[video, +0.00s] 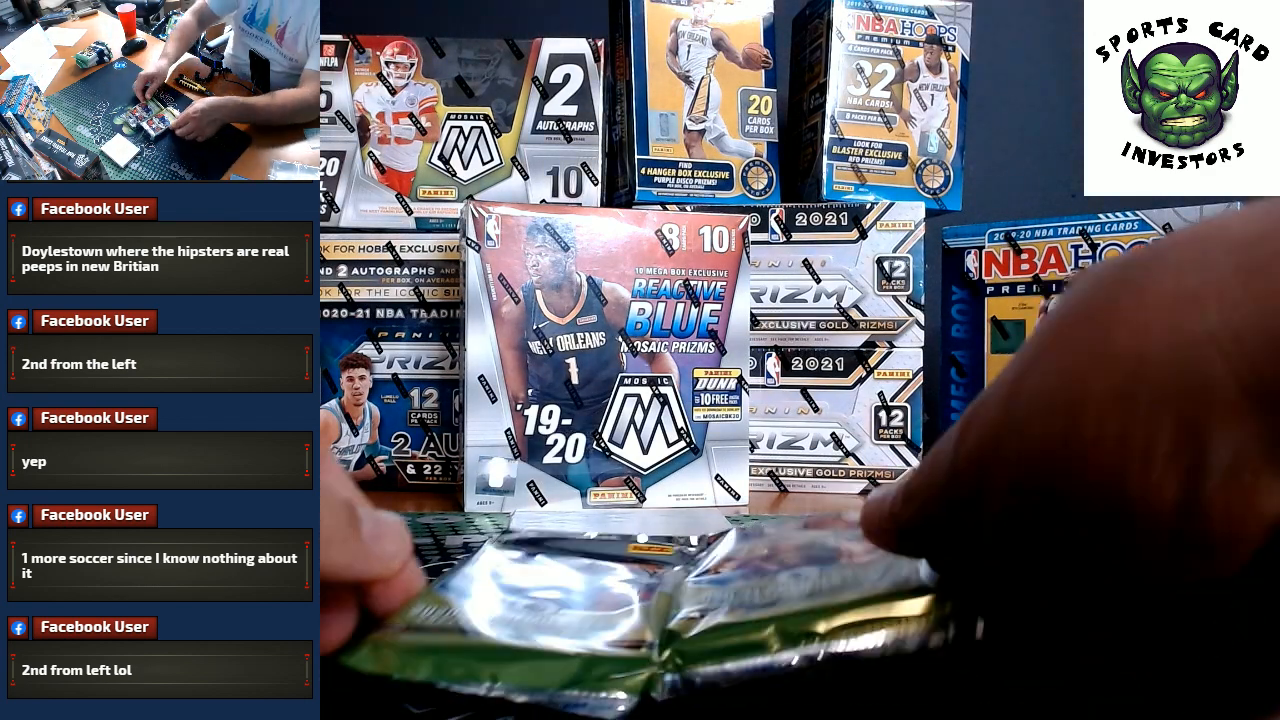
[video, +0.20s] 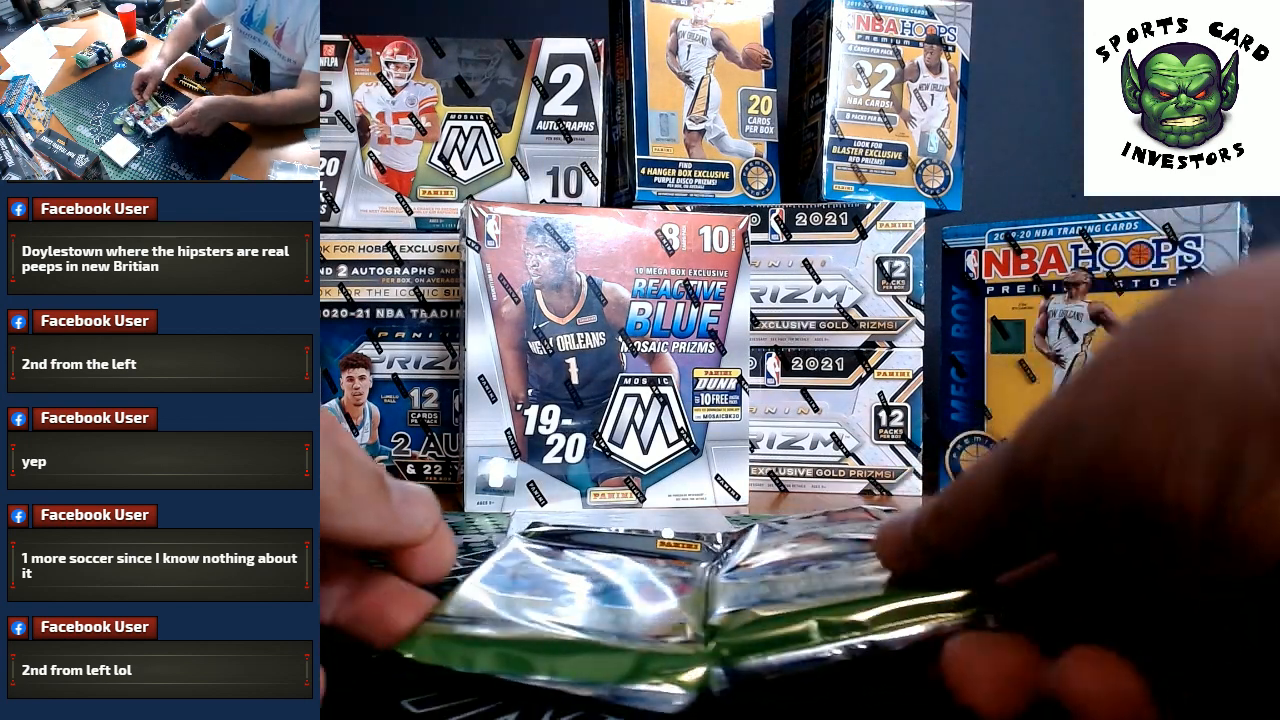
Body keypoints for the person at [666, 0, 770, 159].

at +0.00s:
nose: (697, 10)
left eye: (702, 7)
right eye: (695, 6)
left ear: (711, 12)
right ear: (691, 9)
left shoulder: (715, 34)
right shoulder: (678, 24)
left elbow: (739, 59)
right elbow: (670, 53)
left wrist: (764, 62)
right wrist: (678, 72)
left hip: (705, 87)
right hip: (692, 88)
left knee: (692, 141)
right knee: (725, 145)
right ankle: (767, 158)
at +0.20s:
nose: (697, 10)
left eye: (702, 7)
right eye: (695, 6)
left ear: (711, 12)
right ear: (691, 9)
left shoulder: (715, 34)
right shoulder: (678, 24)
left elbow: (739, 59)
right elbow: (670, 53)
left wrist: (764, 62)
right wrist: (678, 72)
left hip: (705, 87)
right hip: (692, 88)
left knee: (692, 141)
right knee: (725, 145)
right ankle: (767, 158)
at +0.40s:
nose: (697, 9)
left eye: (702, 6)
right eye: (695, 5)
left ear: (711, 11)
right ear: (691, 8)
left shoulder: (715, 34)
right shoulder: (678, 24)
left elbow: (739, 59)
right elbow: (670, 54)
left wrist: (764, 63)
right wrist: (678, 72)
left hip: (705, 87)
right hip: (692, 88)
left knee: (692, 141)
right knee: (725, 145)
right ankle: (765, 157)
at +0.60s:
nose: (697, 9)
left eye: (702, 6)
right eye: (695, 5)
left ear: (711, 11)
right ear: (691, 8)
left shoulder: (715, 34)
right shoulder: (678, 24)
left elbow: (739, 59)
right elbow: (670, 54)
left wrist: (764, 62)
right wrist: (678, 72)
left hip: (705, 87)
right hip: (692, 88)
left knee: (692, 141)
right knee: (725, 145)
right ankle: (765, 157)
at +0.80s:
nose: (697, 9)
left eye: (702, 6)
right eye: (695, 5)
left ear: (711, 11)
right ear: (691, 8)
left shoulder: (715, 34)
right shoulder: (678, 24)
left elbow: (739, 59)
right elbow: (670, 54)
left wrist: (764, 62)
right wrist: (678, 72)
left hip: (705, 87)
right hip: (692, 88)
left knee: (692, 141)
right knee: (725, 145)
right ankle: (765, 157)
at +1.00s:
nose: (697, 9)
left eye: (702, 6)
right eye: (695, 6)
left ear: (711, 11)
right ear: (692, 8)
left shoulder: (715, 34)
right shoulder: (678, 25)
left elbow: (739, 59)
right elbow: (670, 54)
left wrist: (764, 63)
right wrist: (678, 72)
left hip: (705, 87)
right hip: (692, 88)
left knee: (692, 141)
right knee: (725, 145)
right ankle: (762, 156)